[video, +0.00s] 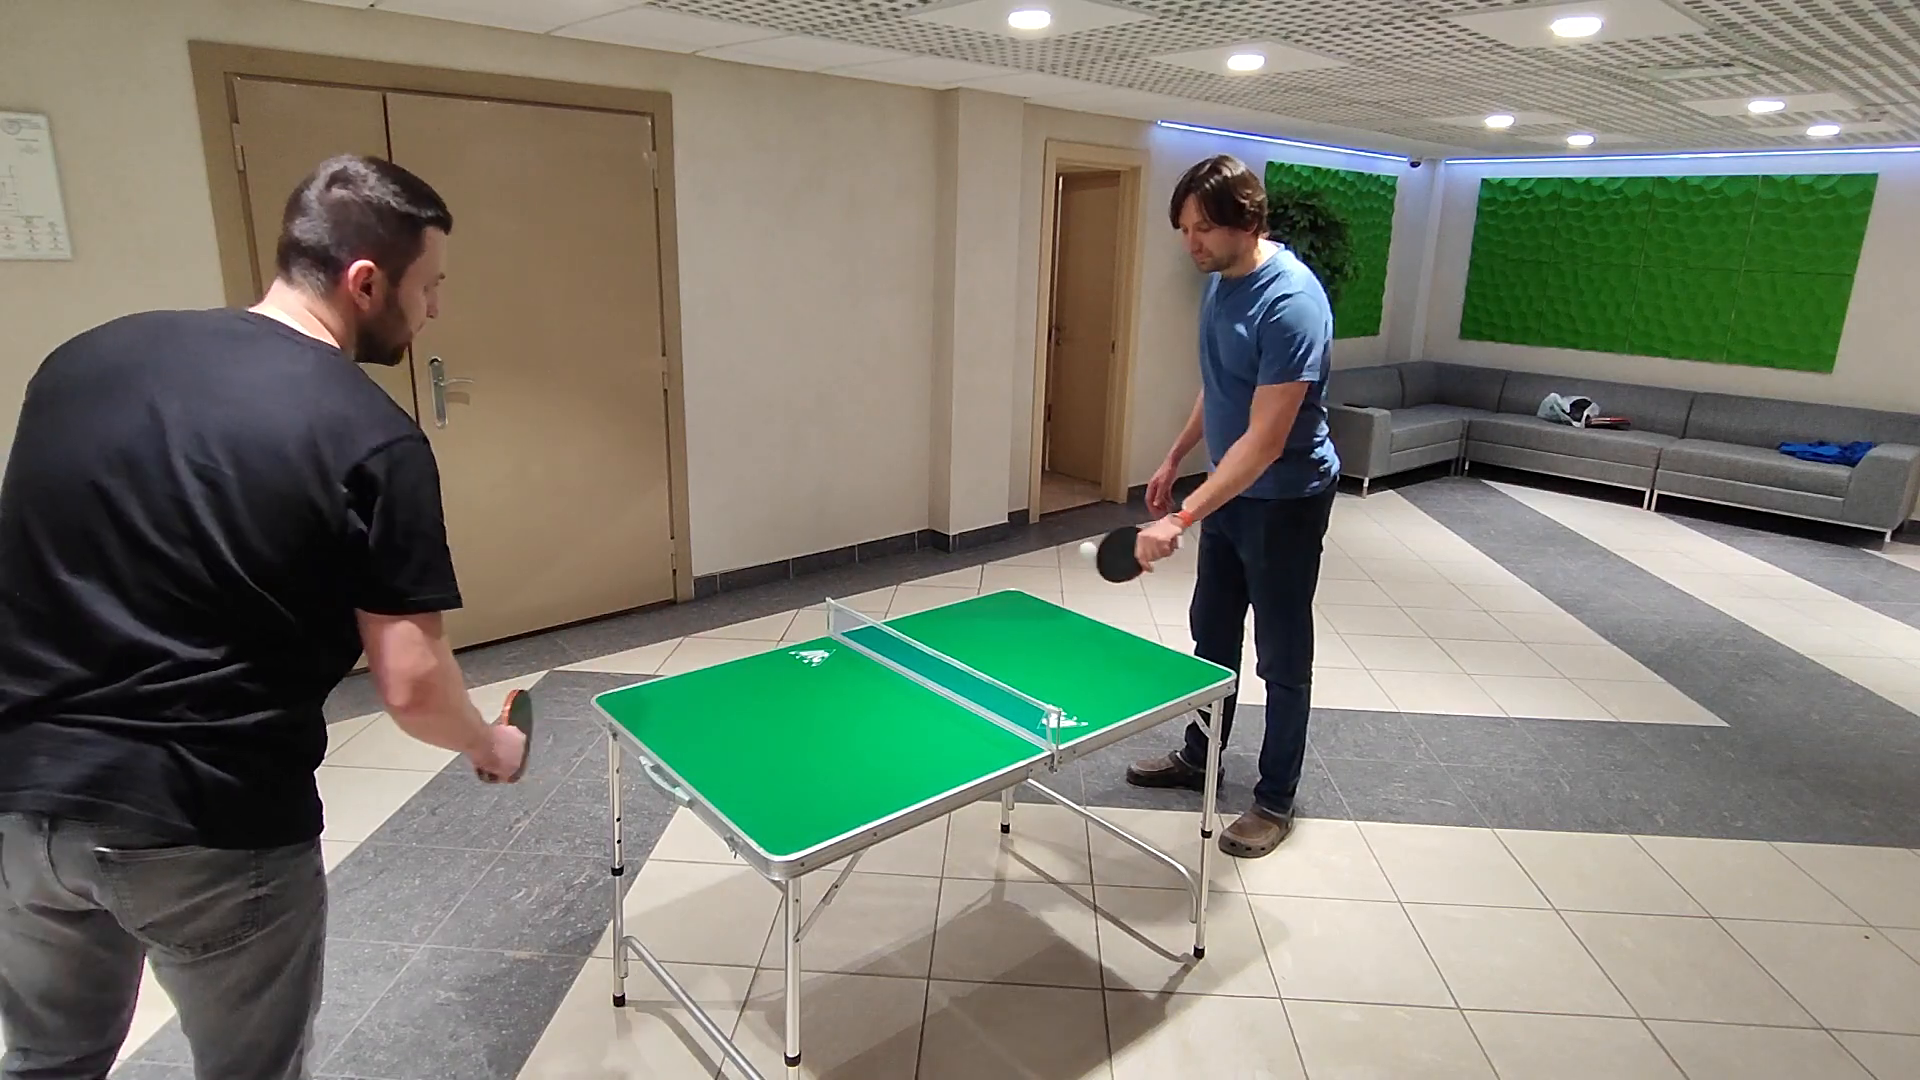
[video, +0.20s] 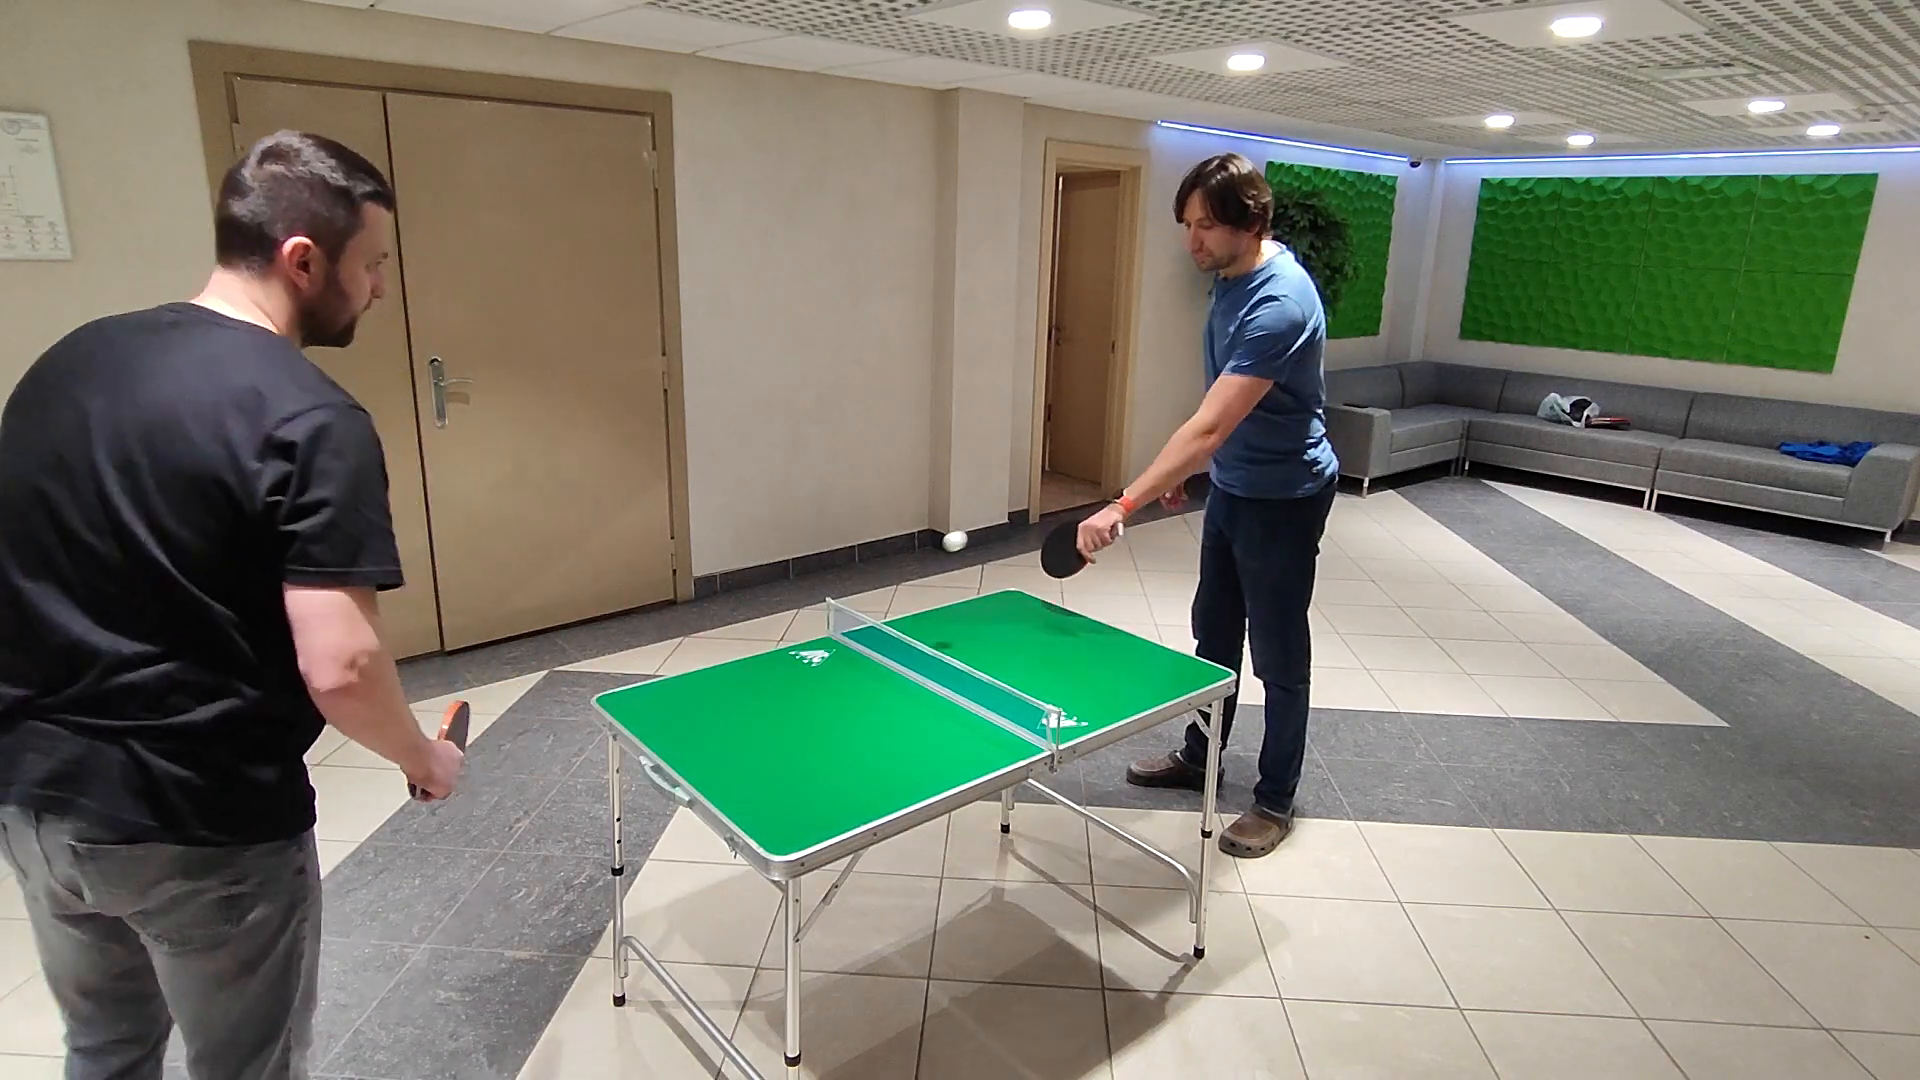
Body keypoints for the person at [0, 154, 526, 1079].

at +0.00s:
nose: (435, 310)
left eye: (439, 287)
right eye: (430, 286)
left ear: (287, 260)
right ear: (364, 281)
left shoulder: (84, 357)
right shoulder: (374, 436)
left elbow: (36, 569)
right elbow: (412, 681)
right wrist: (486, 745)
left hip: (30, 791)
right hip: (209, 818)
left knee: (44, 1063)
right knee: (252, 1066)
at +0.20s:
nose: (381, 288)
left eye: (385, 264)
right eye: (374, 262)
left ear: (252, 242)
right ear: (301, 257)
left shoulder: (72, 360)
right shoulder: (313, 418)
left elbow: (25, 568)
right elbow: (339, 668)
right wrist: (421, 756)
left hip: (37, 796)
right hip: (201, 818)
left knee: (105, 1048)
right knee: (244, 1065)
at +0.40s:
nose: (343, 296)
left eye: (348, 273)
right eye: (337, 269)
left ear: (239, 240)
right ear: (266, 247)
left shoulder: (54, 355)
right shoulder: (251, 401)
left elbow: (85, 569)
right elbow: (363, 631)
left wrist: (257, 685)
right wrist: (435, 711)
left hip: (40, 797)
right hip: (188, 824)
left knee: (114, 1040)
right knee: (239, 1064)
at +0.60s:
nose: (354, 318)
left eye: (361, 294)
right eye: (352, 287)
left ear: (262, 258)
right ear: (284, 262)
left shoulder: (39, 357)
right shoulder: (278, 415)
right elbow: (460, 615)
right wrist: (570, 695)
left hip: (21, 800)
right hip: (172, 819)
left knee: (89, 1052)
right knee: (236, 1066)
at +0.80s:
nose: (345, 308)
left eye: (350, 283)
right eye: (340, 278)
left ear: (237, 246)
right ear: (265, 254)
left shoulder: (24, 352)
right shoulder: (288, 412)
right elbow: (454, 609)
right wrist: (563, 706)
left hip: (19, 798)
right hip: (183, 811)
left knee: (79, 1063)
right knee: (235, 1064)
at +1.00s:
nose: (305, 280)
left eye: (310, 255)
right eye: (296, 251)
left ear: (203, 234)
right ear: (214, 238)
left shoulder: (15, 347)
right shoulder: (249, 396)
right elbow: (342, 637)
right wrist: (451, 723)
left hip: (28, 797)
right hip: (195, 811)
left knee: (89, 1061)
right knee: (239, 1064)